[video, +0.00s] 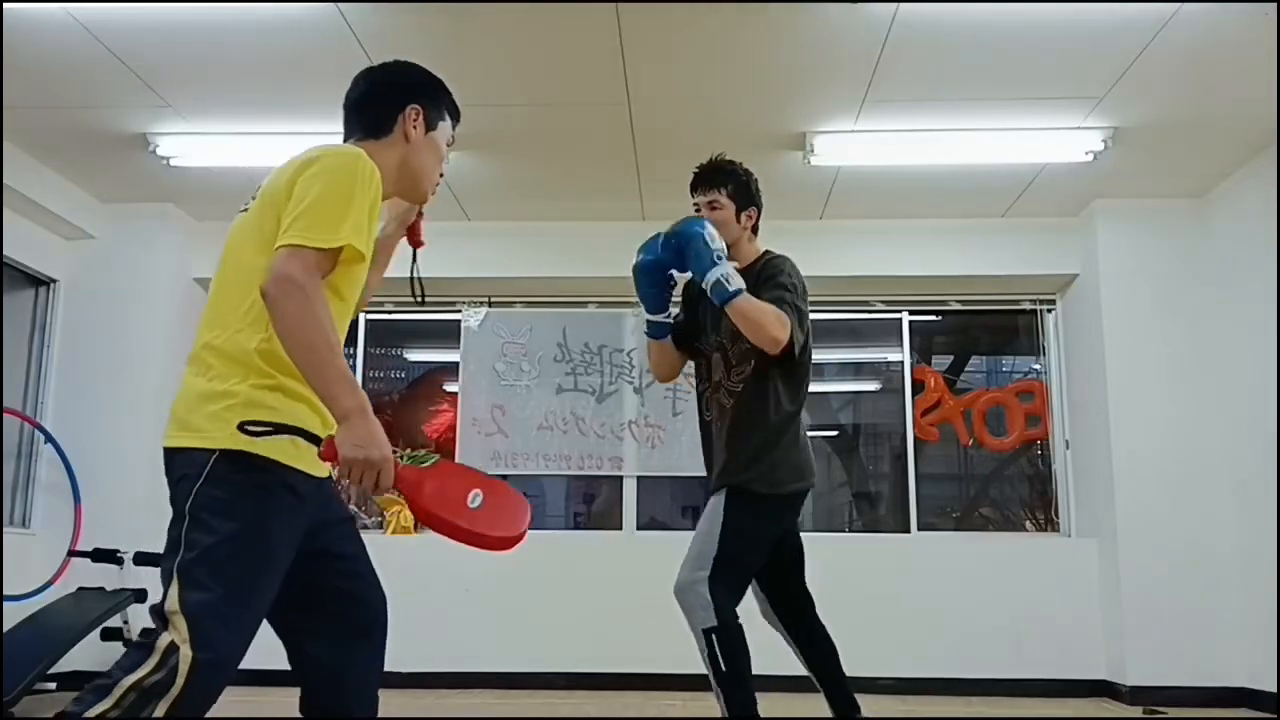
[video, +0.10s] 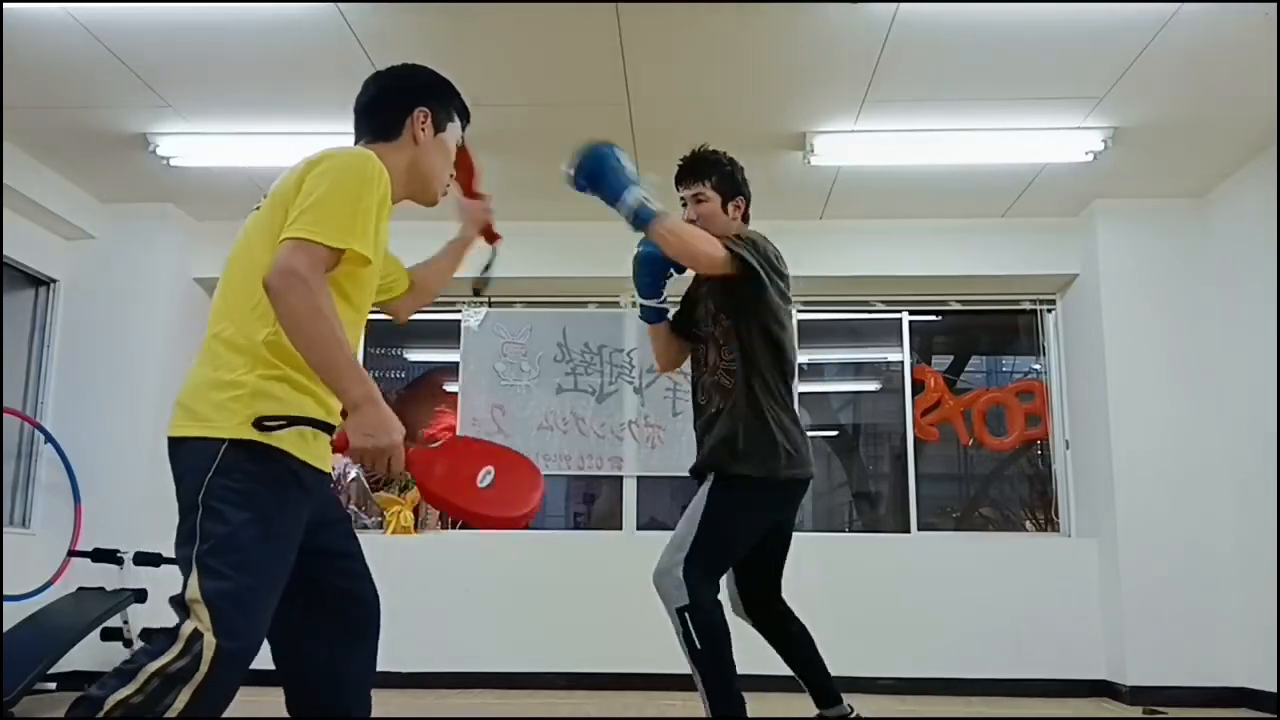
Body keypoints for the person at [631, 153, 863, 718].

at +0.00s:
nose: (701, 217)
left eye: (713, 205)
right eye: (695, 207)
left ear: (749, 216)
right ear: (696, 219)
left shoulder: (777, 274)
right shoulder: (704, 288)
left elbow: (775, 335)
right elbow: (665, 368)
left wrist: (716, 272)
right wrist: (656, 310)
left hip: (766, 470)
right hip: (742, 470)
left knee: (699, 591)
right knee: (787, 606)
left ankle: (742, 714)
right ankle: (848, 711)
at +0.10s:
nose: (687, 214)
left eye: (699, 200)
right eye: (681, 206)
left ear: (738, 208)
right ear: (682, 214)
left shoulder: (759, 253)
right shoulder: (704, 281)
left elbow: (702, 256)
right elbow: (669, 358)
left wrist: (631, 201)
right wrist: (654, 299)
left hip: (756, 460)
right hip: (761, 462)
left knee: (680, 577)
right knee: (758, 598)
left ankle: (728, 713)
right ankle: (836, 709)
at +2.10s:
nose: (526, 167)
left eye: (533, 152)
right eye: (524, 156)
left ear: (578, 147)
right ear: (596, 152)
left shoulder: (580, 189)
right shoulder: (646, 215)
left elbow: (469, 170)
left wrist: (410, 106)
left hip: (614, 445)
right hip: (673, 450)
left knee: (487, 597)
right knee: (688, 595)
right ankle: (796, 708)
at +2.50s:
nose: (683, 183)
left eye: (686, 163)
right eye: (677, 169)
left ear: (715, 154)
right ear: (732, 162)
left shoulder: (754, 203)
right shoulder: (745, 234)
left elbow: (696, 138)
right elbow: (683, 324)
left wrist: (688, 88)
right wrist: (669, 247)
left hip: (757, 444)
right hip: (788, 445)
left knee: (678, 609)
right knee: (820, 597)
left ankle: (707, 716)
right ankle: (908, 711)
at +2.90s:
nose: (812, 194)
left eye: (817, 179)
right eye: (804, 185)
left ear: (844, 176)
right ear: (810, 195)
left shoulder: (887, 227)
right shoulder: (845, 256)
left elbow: (860, 198)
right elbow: (799, 320)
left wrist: (831, 141)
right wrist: (785, 246)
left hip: (907, 444)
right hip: (913, 443)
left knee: (852, 606)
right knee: (977, 584)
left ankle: (890, 715)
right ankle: (1050, 702)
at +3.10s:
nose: (872, 239)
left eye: (877, 224)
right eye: (869, 228)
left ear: (905, 221)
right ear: (880, 231)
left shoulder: (958, 270)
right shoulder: (905, 296)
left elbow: (947, 277)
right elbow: (859, 357)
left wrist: (912, 213)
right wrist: (842, 290)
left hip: (981, 481)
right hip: (951, 484)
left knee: (890, 606)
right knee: (1045, 613)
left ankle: (902, 715)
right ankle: (1121, 711)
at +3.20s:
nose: (882, 223)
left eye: (886, 210)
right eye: (878, 212)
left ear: (912, 206)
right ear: (885, 217)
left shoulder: (968, 251)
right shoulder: (916, 278)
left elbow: (975, 276)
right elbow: (885, 353)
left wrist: (927, 217)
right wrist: (859, 287)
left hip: (1006, 459)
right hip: (968, 463)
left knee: (931, 598)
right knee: (1059, 595)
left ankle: (930, 714)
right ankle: (1124, 708)